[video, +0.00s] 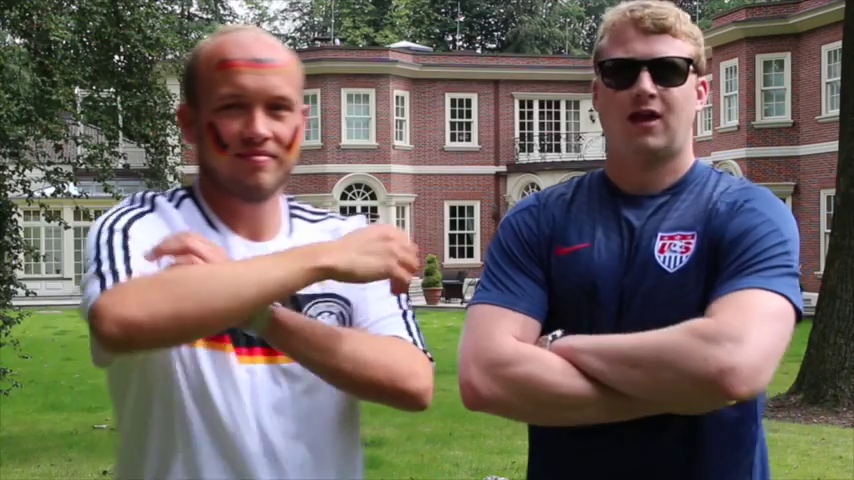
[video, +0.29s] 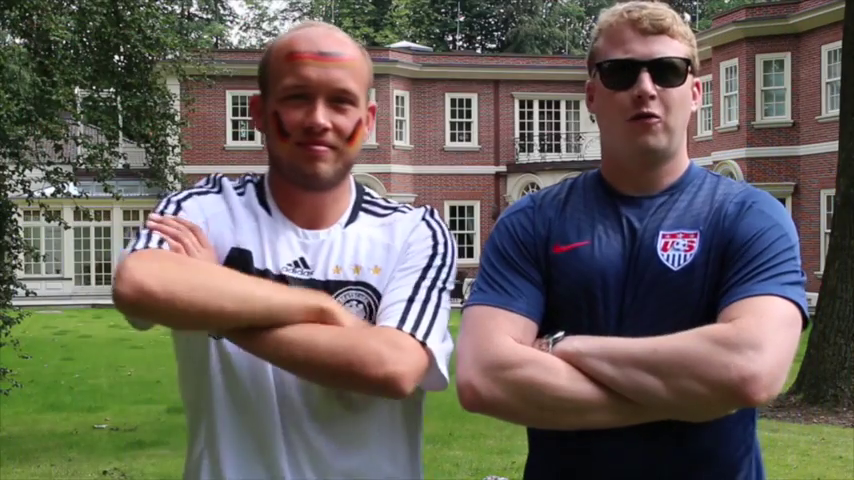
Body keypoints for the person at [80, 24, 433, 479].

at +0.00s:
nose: (258, 130)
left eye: (278, 108)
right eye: (232, 107)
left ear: (302, 125)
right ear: (189, 125)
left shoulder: (349, 240)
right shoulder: (135, 225)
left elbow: (415, 385)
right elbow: (116, 322)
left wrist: (251, 307)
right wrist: (326, 256)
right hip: (174, 471)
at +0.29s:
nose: (319, 120)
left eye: (341, 102)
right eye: (297, 98)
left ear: (367, 121)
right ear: (261, 115)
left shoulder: (416, 233)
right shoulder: (204, 207)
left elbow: (397, 368)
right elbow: (136, 286)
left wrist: (221, 303)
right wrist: (320, 306)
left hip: (374, 474)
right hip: (226, 473)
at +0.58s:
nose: (333, 125)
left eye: (355, 107)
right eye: (312, 103)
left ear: (382, 128)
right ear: (276, 120)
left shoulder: (425, 252)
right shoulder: (215, 218)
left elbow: (404, 411)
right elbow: (155, 355)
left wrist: (233, 357)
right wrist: (339, 357)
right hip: (229, 475)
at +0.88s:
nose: (320, 123)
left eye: (343, 106)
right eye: (300, 101)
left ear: (367, 128)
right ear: (262, 117)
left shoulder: (411, 252)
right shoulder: (200, 218)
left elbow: (400, 418)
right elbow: (154, 357)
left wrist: (228, 357)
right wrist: (337, 359)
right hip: (220, 475)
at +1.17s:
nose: (304, 122)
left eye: (327, 104)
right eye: (283, 100)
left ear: (351, 125)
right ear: (247, 116)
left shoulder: (399, 250)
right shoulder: (187, 219)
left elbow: (391, 417)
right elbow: (142, 360)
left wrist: (216, 360)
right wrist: (327, 360)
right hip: (211, 474)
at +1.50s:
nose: (294, 122)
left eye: (315, 103)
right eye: (272, 101)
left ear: (341, 121)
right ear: (235, 115)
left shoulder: (393, 247)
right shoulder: (179, 219)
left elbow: (386, 418)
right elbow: (136, 364)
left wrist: (210, 365)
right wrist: (320, 361)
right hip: (206, 473)